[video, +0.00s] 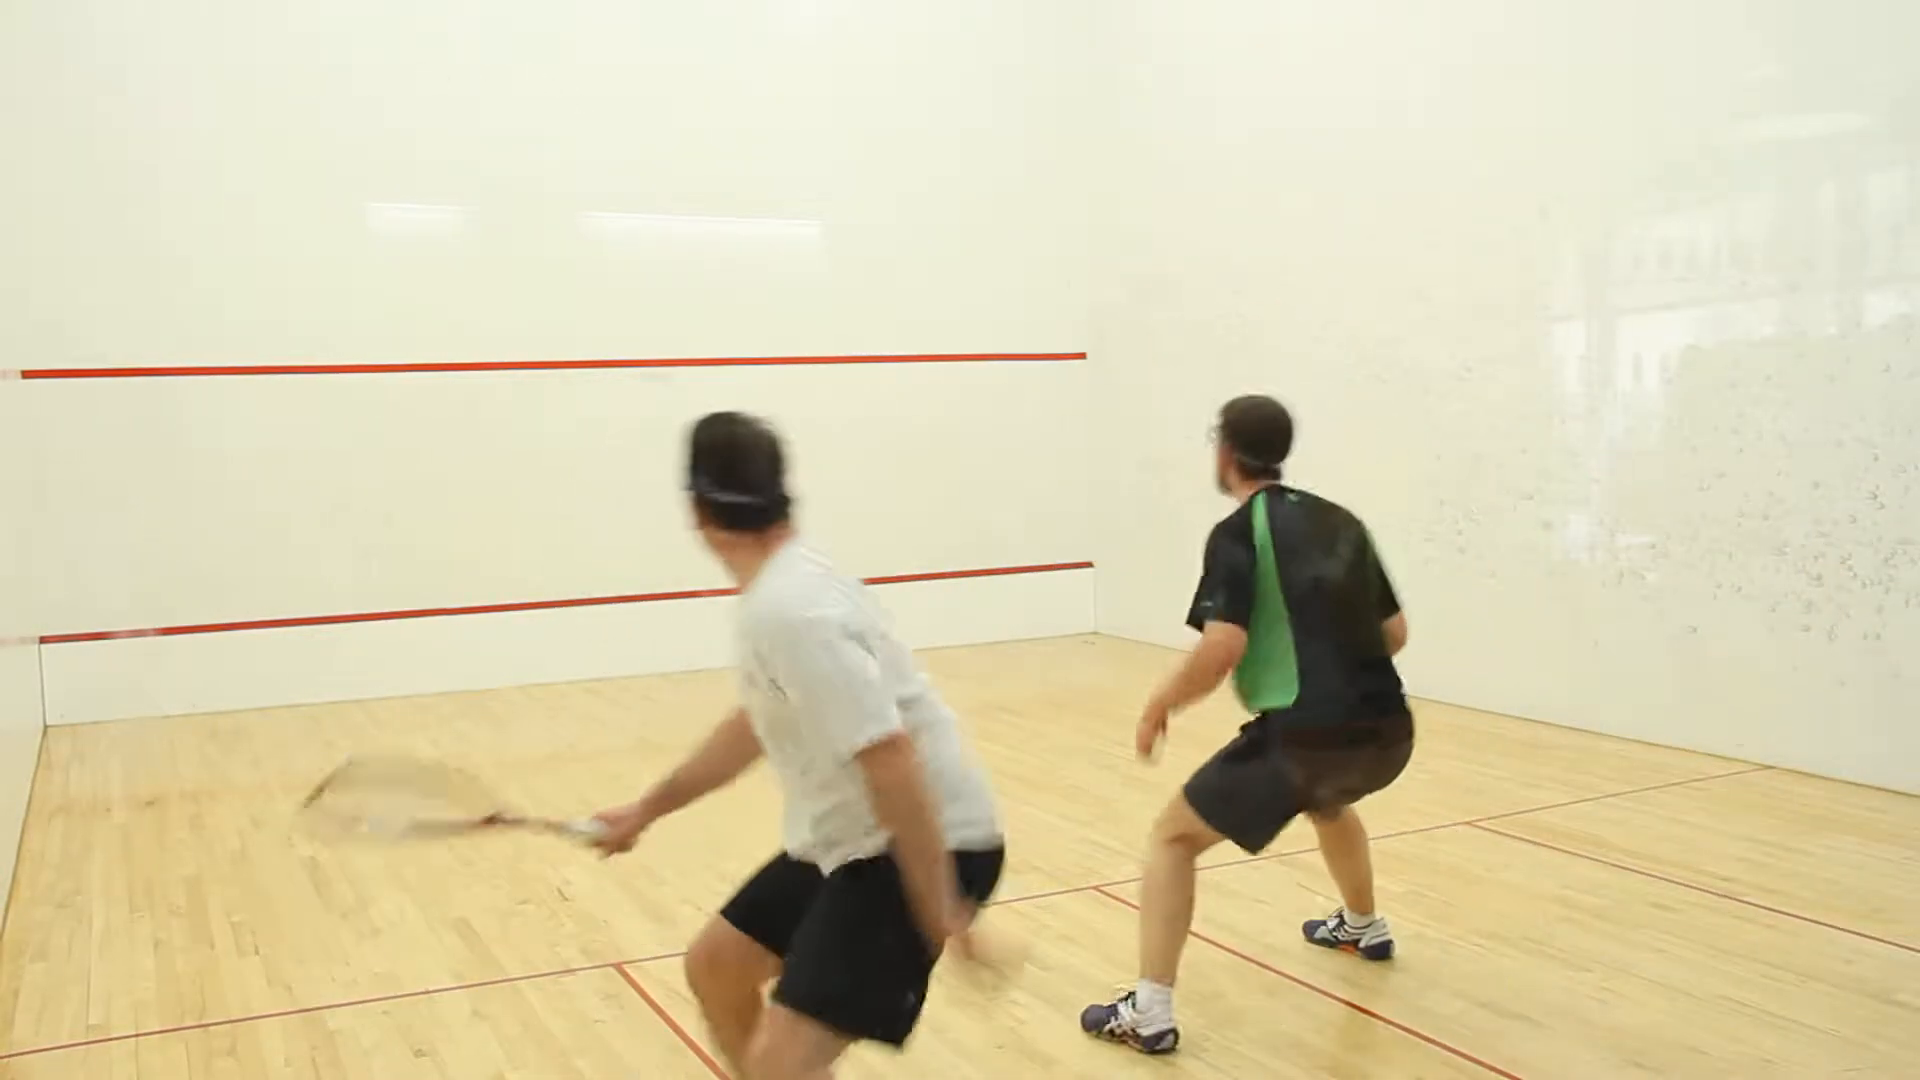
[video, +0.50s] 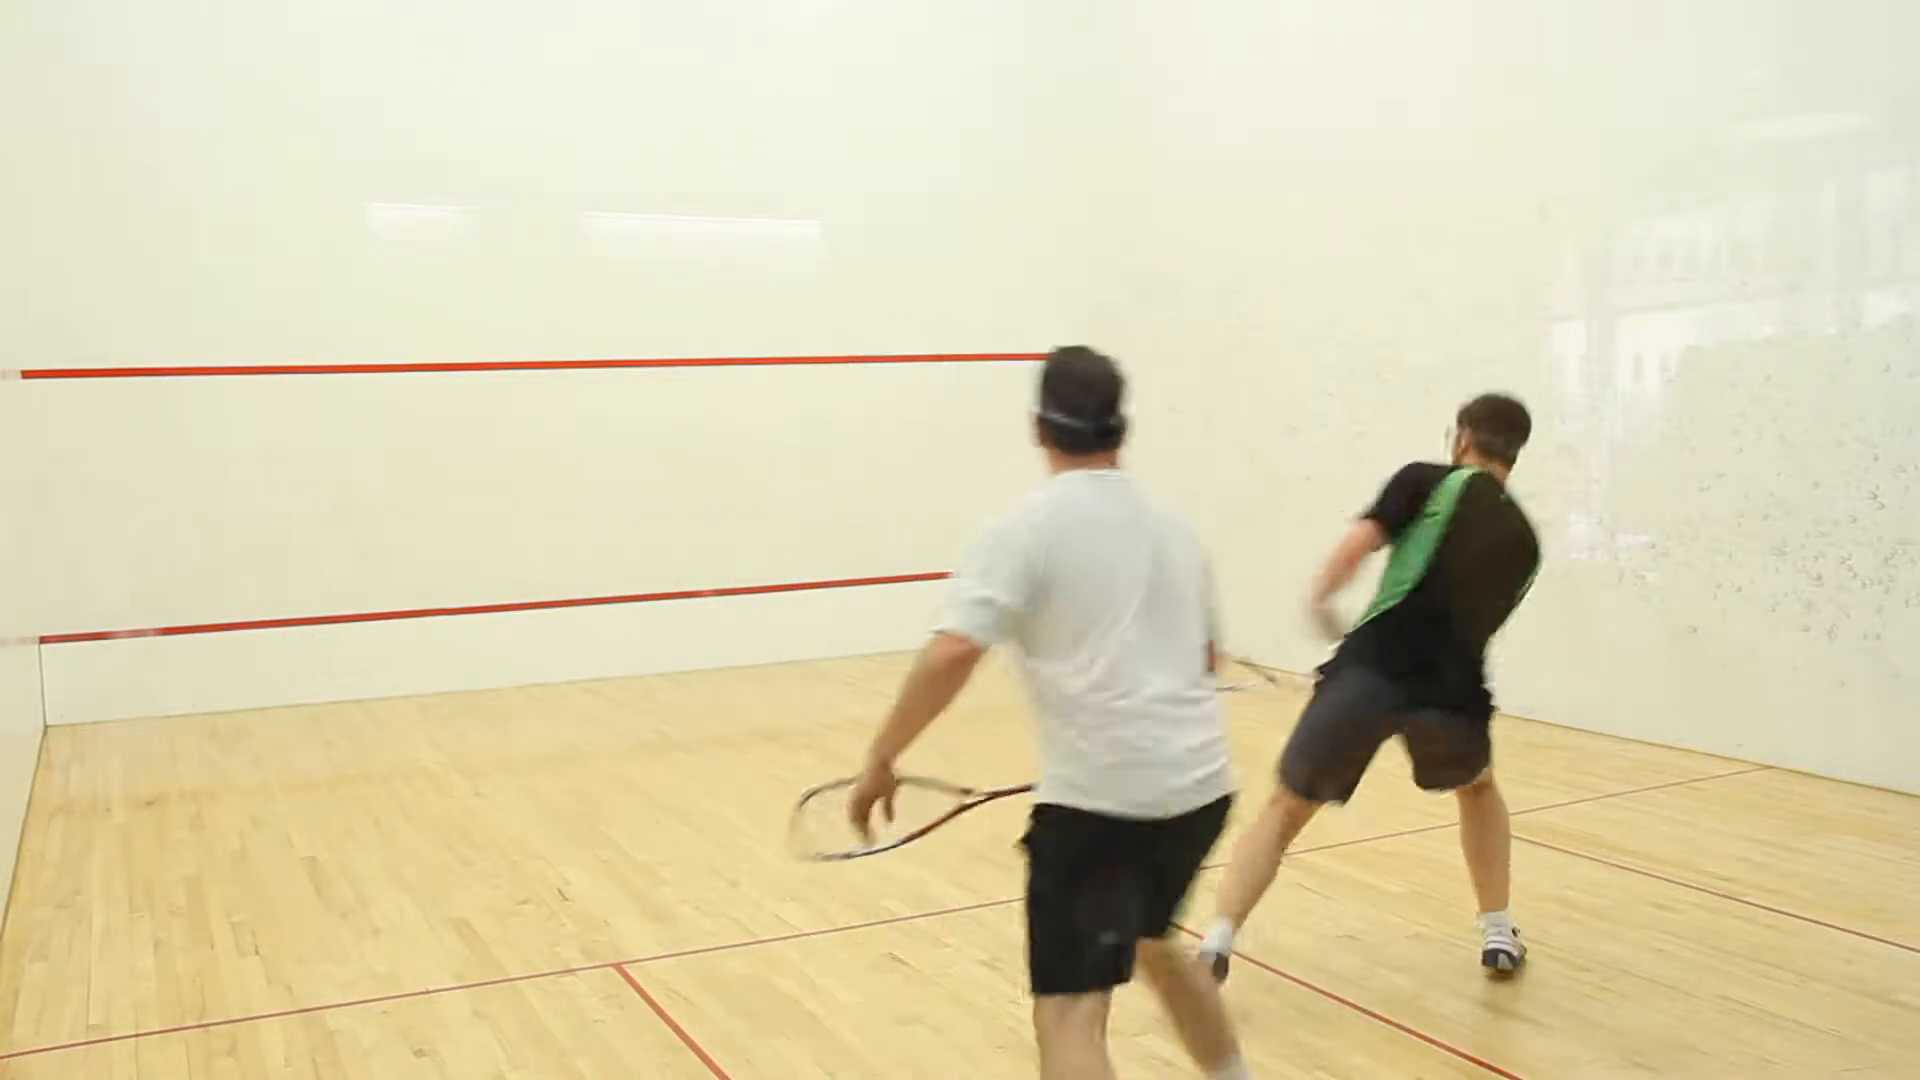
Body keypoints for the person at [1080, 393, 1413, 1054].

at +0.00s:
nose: (1214, 456)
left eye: (1218, 445)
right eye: (1219, 443)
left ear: (1230, 454)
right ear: (1281, 453)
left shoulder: (1237, 533)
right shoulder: (1342, 521)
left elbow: (1223, 648)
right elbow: (1393, 631)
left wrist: (1162, 703)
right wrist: (1323, 654)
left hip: (1298, 738)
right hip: (1381, 729)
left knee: (1174, 837)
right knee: (1325, 794)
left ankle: (1150, 1009)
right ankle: (1364, 921)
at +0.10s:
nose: (1267, 425)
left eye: (1269, 415)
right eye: (1274, 415)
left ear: (1277, 422)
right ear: (1330, 426)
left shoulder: (1263, 498)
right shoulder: (1386, 496)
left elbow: (1190, 589)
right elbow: (1427, 610)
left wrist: (1162, 634)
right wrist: (1369, 643)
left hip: (1319, 702)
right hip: (1403, 701)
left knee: (1220, 819)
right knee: (1348, 790)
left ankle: (1185, 971)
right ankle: (1365, 921)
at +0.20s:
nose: (1331, 411)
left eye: (1333, 402)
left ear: (1339, 406)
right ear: (1394, 412)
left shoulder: (1294, 466)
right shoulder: (1437, 486)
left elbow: (1192, 495)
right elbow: (1474, 602)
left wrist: (1138, 543)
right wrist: (1471, 564)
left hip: (1314, 684)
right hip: (1405, 687)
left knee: (1257, 818)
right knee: (1393, 784)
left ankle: (1244, 964)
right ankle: (1402, 917)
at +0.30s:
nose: (1414, 438)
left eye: (1410, 429)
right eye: (1435, 435)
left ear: (1402, 433)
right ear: (1457, 447)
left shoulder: (1339, 480)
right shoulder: (1469, 524)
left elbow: (1235, 484)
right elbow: (1503, 635)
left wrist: (1140, 510)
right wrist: (1576, 599)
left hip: (1313, 691)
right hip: (1403, 702)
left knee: (1265, 825)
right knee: (1441, 798)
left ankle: (1237, 960)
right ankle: (1493, 942)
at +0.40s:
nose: (1454, 469)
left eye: (1448, 457)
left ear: (1441, 455)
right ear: (1495, 480)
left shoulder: (1386, 487)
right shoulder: (1496, 570)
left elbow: (1289, 530)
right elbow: (1467, 672)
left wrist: (1208, 577)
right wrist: (1496, 681)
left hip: (1328, 693)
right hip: (1416, 713)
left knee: (1272, 832)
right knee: (1466, 788)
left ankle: (1210, 959)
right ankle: (1497, 934)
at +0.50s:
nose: (1452, 447)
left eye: (1454, 438)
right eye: (1457, 440)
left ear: (1462, 439)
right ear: (1516, 458)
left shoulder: (1425, 480)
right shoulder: (1526, 542)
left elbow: (1357, 544)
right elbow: (1479, 621)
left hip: (1370, 676)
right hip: (1451, 696)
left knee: (1287, 807)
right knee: (1477, 789)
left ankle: (1217, 941)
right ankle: (1498, 933)